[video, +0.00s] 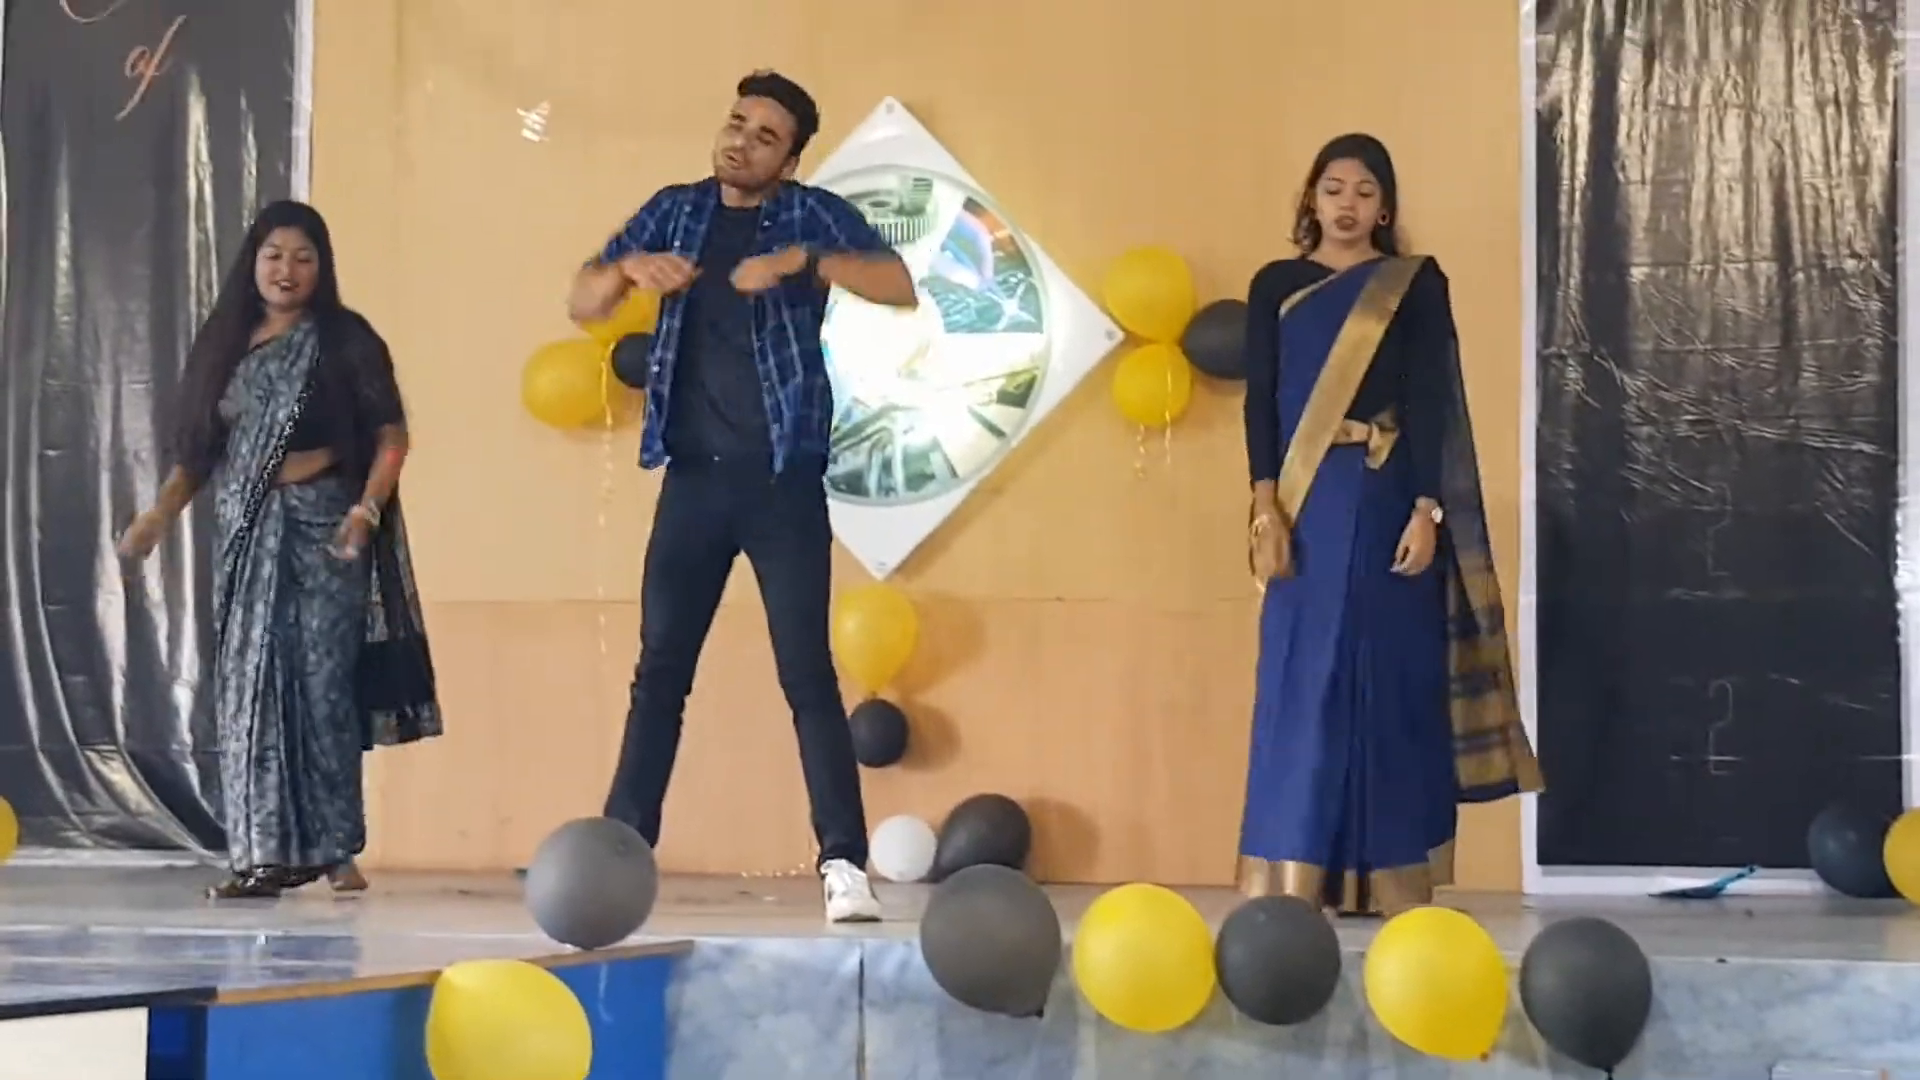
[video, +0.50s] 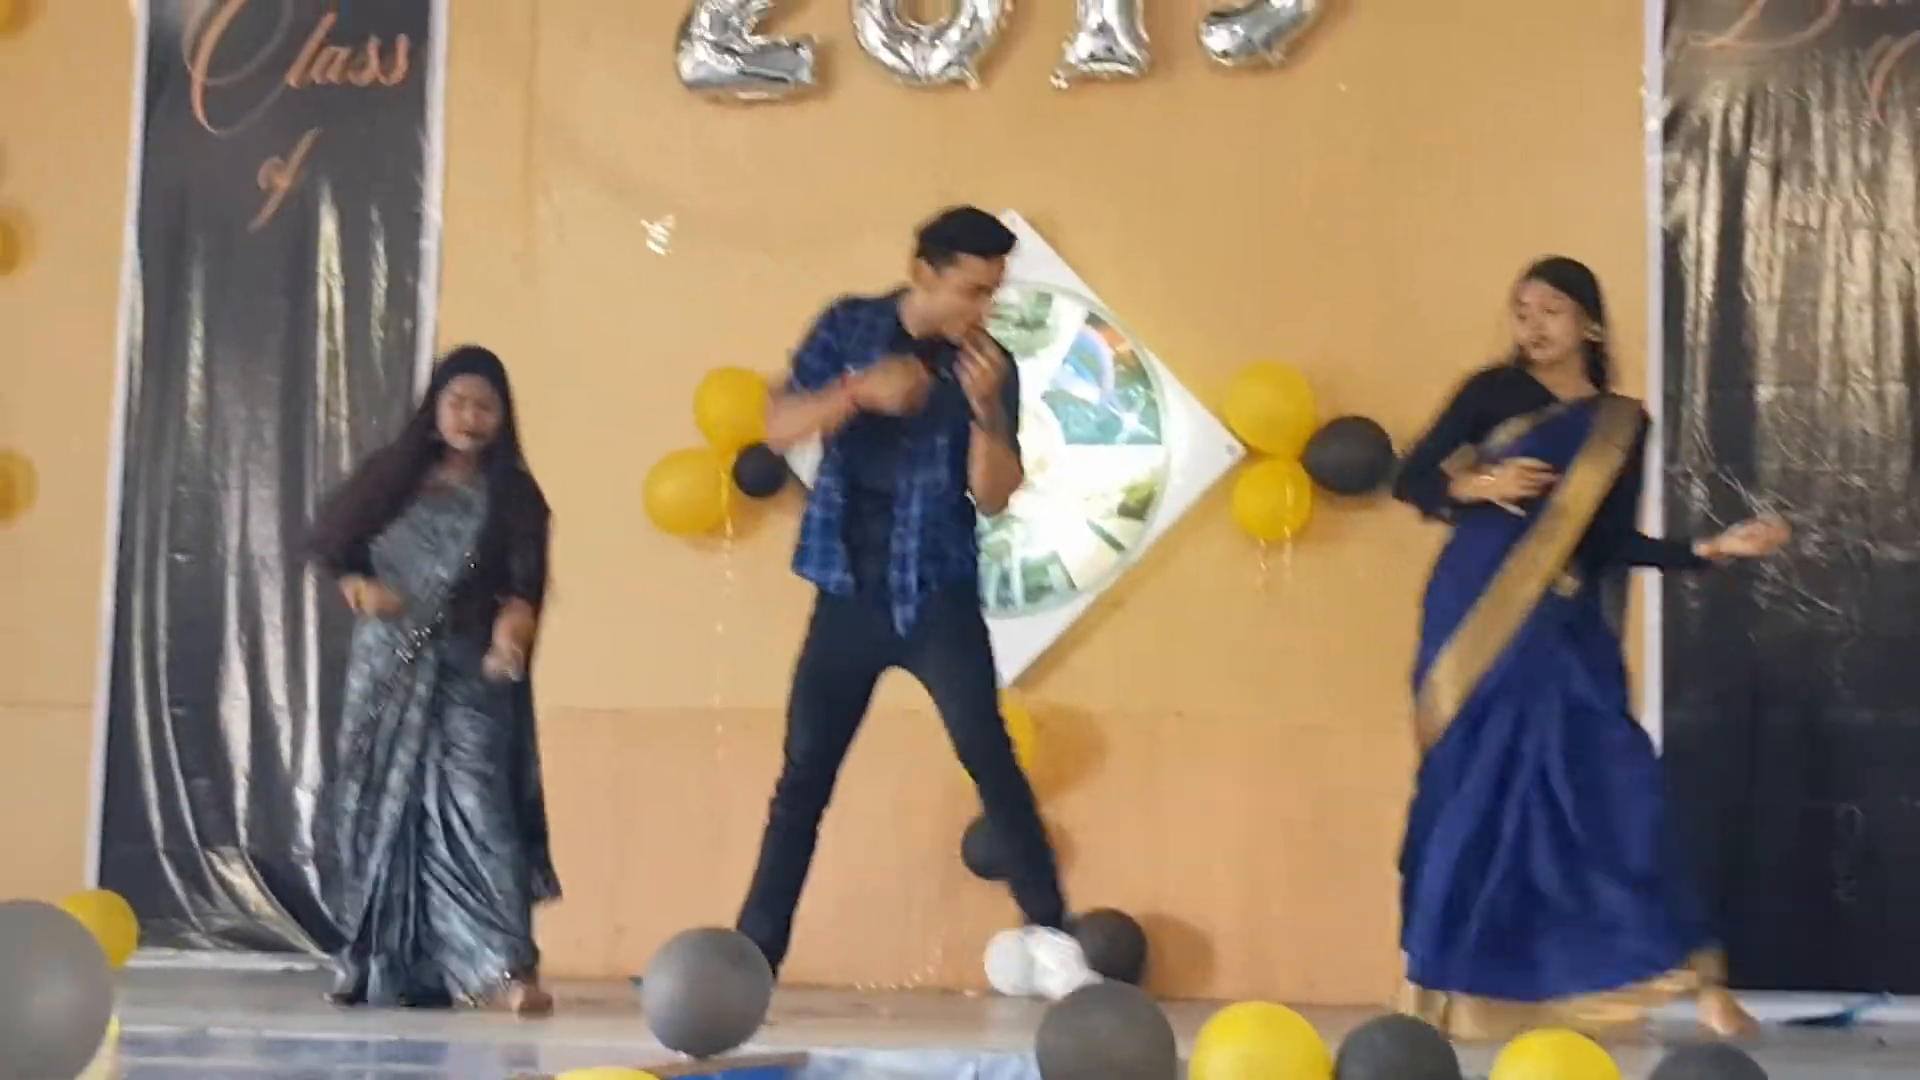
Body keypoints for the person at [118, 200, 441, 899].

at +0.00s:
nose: (287, 269)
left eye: (302, 258)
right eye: (274, 255)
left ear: (322, 268)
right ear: (253, 264)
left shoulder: (349, 339)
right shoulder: (228, 343)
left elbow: (391, 435)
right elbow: (202, 446)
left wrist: (367, 506)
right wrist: (161, 513)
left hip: (327, 529)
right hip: (250, 530)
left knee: (324, 685)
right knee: (253, 682)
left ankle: (334, 849)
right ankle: (266, 854)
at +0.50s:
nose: (467, 414)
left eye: (482, 404)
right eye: (456, 400)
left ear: (502, 415)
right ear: (434, 404)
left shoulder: (515, 493)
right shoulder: (392, 471)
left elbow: (526, 579)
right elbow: (328, 538)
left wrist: (509, 636)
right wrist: (355, 583)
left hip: (470, 672)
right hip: (388, 668)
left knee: (480, 811)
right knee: (385, 809)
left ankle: (506, 969)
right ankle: (378, 963)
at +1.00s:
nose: (544, 474)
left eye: (559, 460)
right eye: (530, 463)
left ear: (583, 469)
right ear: (513, 475)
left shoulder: (619, 553)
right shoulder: (479, 549)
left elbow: (647, 660)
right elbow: (432, 647)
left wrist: (603, 621)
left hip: (577, 746)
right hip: (487, 748)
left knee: (571, 914)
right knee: (485, 911)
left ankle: (569, 1062)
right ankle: (482, 1062)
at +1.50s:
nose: (382, 532)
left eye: (399, 521)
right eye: (371, 521)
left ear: (427, 536)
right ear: (357, 536)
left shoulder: (469, 617)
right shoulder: (339, 625)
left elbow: (526, 706)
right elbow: (322, 723)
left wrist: (490, 762)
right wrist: (295, 755)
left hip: (442, 823)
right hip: (356, 823)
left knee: (441, 983)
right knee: (340, 977)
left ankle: (447, 1073)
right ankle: (338, 1072)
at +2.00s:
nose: (293, 283)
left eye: (311, 272)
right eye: (285, 270)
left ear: (342, 285)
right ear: (272, 280)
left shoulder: (368, 368)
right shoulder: (262, 369)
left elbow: (375, 470)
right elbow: (249, 486)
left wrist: (332, 512)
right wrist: (212, 569)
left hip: (337, 566)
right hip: (264, 563)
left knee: (299, 716)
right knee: (231, 715)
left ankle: (391, 867)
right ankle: (255, 893)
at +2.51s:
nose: (396, 212)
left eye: (411, 203)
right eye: (399, 200)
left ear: (445, 217)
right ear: (434, 216)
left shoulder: (434, 285)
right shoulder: (447, 282)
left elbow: (410, 386)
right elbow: (441, 391)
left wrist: (352, 375)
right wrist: (379, 411)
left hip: (418, 485)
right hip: (430, 481)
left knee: (384, 644)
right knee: (400, 645)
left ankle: (449, 822)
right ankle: (433, 818)